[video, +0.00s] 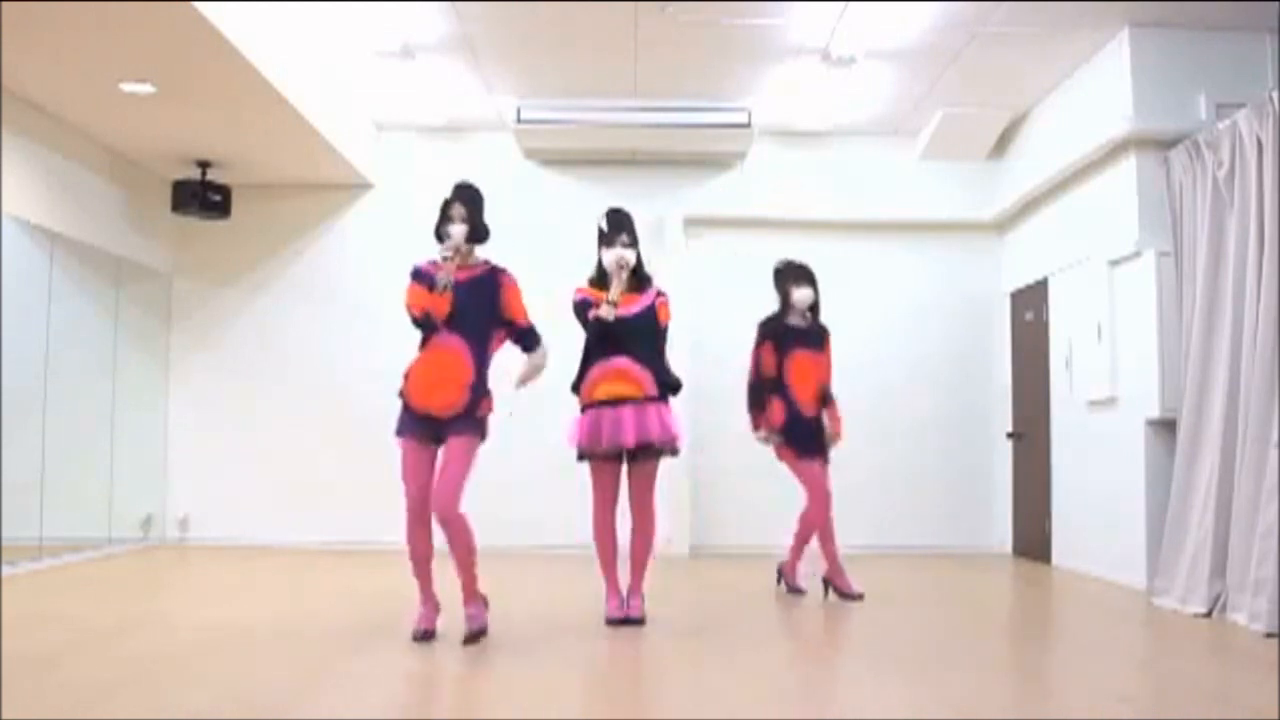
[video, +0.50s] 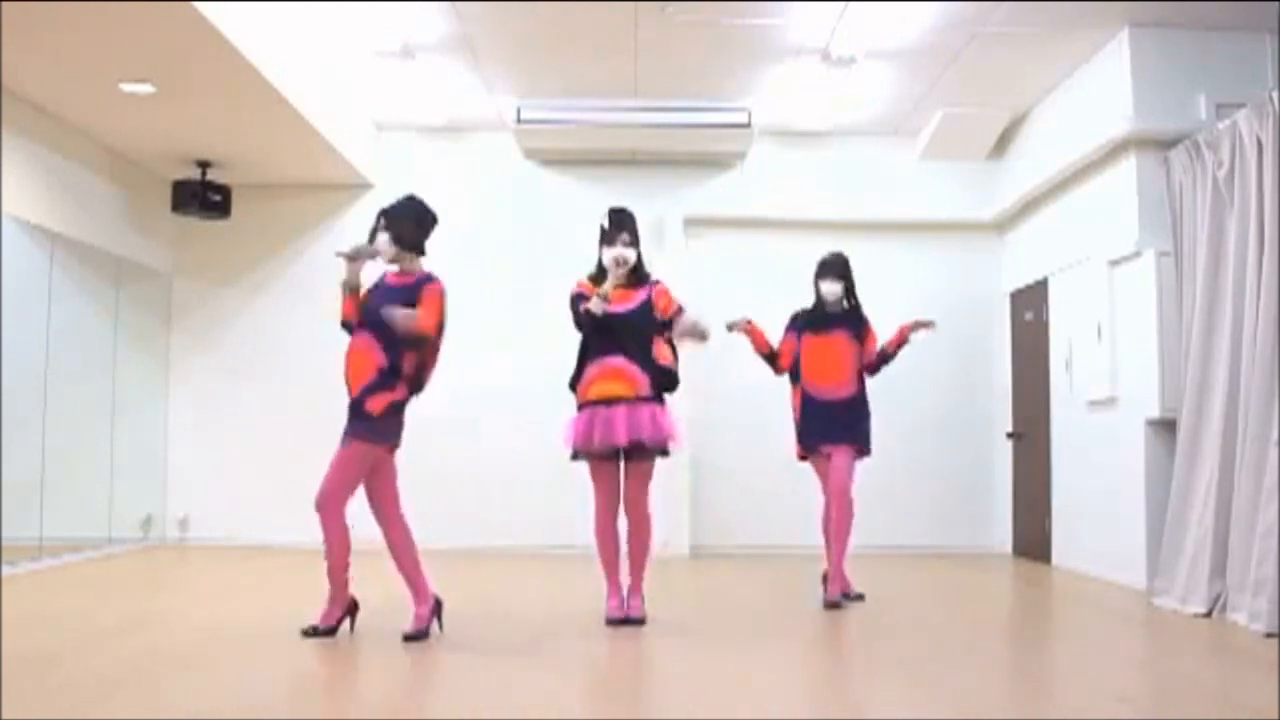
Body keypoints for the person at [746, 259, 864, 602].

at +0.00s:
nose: (805, 293)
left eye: (808, 286)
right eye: (797, 286)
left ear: (815, 290)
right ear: (784, 291)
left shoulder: (820, 333)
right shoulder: (771, 330)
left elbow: (823, 382)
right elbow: (761, 380)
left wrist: (832, 417)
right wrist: (762, 420)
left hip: (814, 421)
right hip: (784, 422)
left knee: (820, 495)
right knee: (818, 491)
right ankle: (833, 569)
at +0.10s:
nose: (815, 292)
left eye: (819, 284)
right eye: (807, 286)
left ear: (826, 288)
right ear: (796, 290)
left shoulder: (832, 330)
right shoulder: (782, 327)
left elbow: (842, 373)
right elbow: (757, 373)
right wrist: (778, 376)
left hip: (828, 419)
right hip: (796, 422)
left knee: (847, 492)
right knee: (830, 491)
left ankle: (825, 553)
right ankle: (834, 566)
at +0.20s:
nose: (825, 287)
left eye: (830, 280)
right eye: (817, 281)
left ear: (837, 283)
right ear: (805, 284)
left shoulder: (842, 323)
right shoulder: (789, 320)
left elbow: (861, 363)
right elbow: (766, 361)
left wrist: (881, 332)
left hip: (840, 416)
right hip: (801, 420)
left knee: (856, 483)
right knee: (826, 487)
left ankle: (856, 560)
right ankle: (834, 568)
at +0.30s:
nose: (832, 289)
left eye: (836, 281)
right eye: (824, 281)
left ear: (845, 283)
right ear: (813, 283)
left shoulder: (844, 322)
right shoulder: (793, 319)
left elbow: (868, 362)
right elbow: (768, 360)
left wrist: (901, 342)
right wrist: (738, 333)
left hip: (850, 415)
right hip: (811, 417)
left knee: (852, 489)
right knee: (832, 493)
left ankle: (844, 575)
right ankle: (835, 571)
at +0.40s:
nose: (834, 292)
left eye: (839, 283)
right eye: (827, 284)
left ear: (848, 286)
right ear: (816, 286)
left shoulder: (851, 324)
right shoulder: (799, 323)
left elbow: (869, 368)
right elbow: (772, 364)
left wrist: (904, 345)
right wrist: (738, 338)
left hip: (852, 414)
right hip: (814, 416)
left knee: (843, 493)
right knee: (835, 494)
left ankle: (835, 573)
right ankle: (834, 574)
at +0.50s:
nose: (830, 288)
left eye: (837, 281)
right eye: (824, 280)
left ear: (847, 284)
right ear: (815, 283)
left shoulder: (856, 322)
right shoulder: (801, 322)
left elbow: (870, 365)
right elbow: (781, 366)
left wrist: (902, 336)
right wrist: (752, 333)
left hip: (848, 413)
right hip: (813, 415)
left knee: (840, 490)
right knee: (831, 494)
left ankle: (835, 575)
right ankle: (836, 574)